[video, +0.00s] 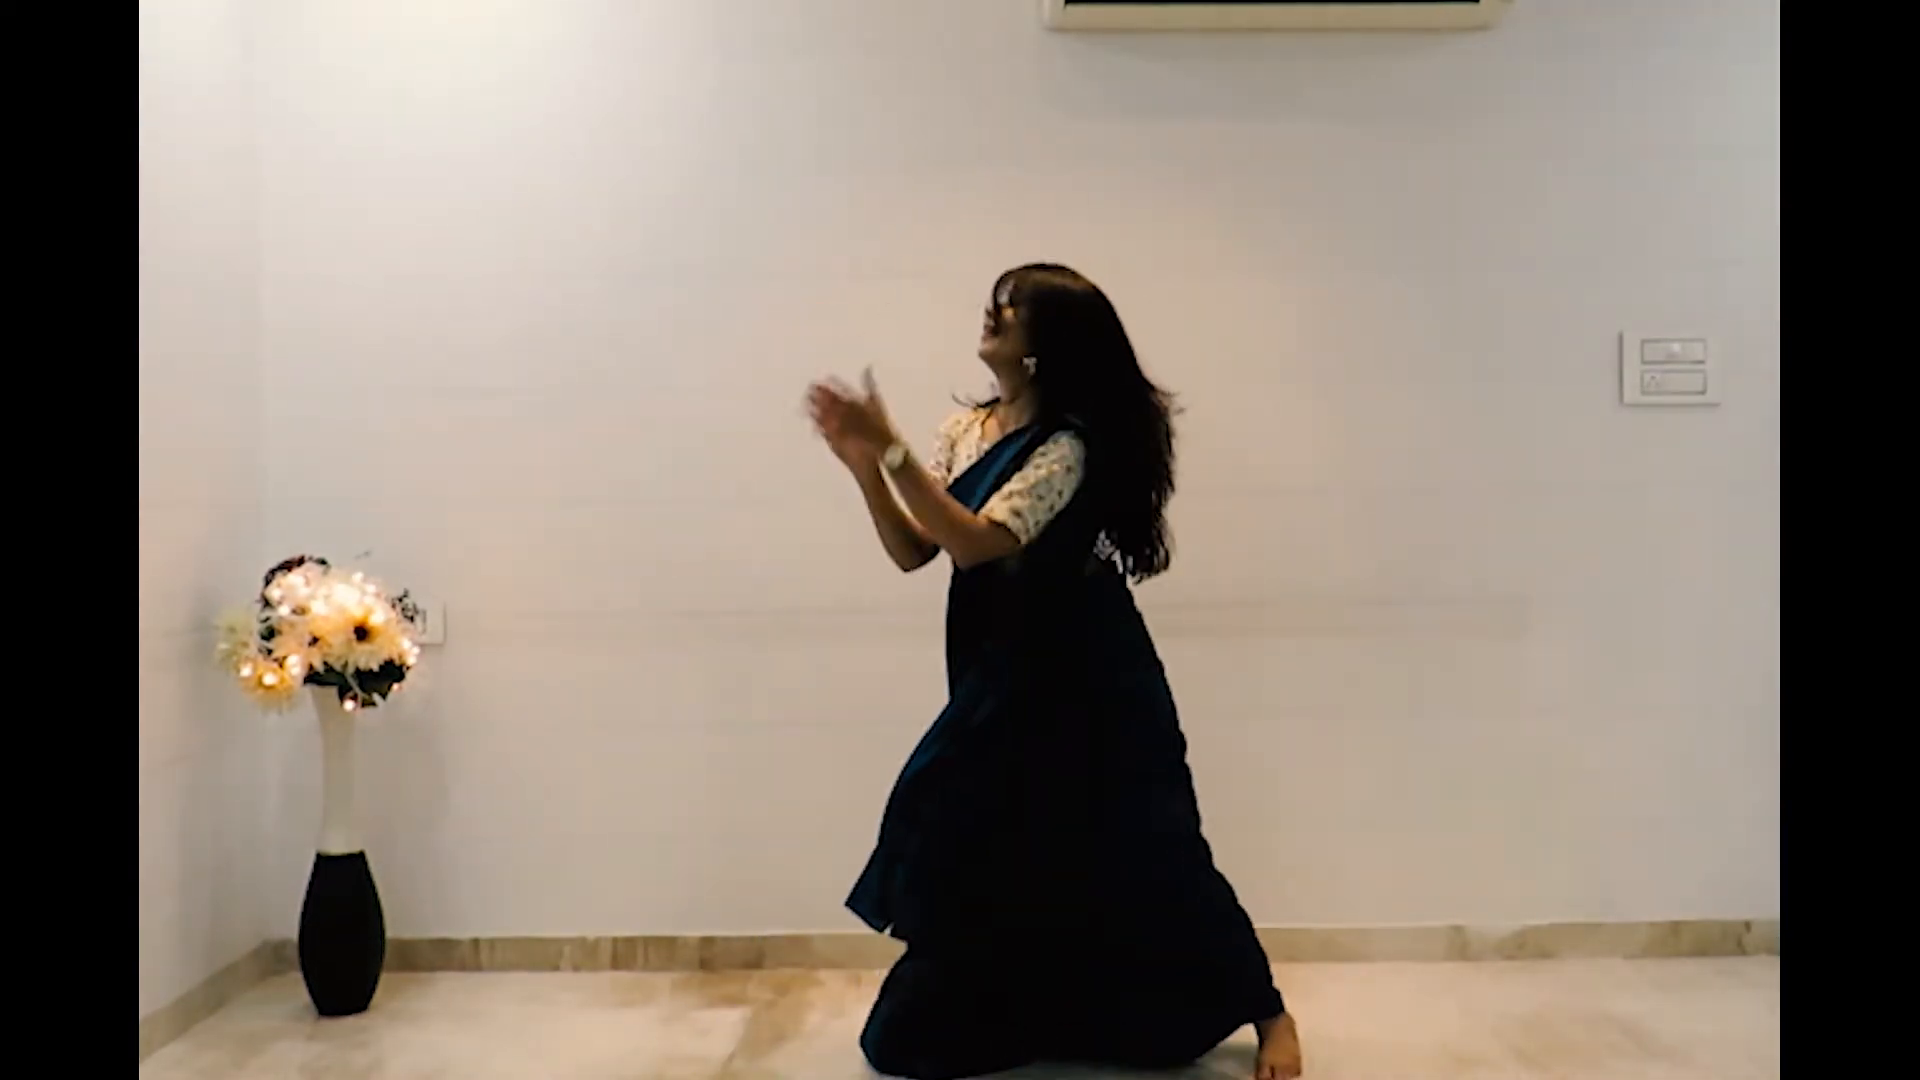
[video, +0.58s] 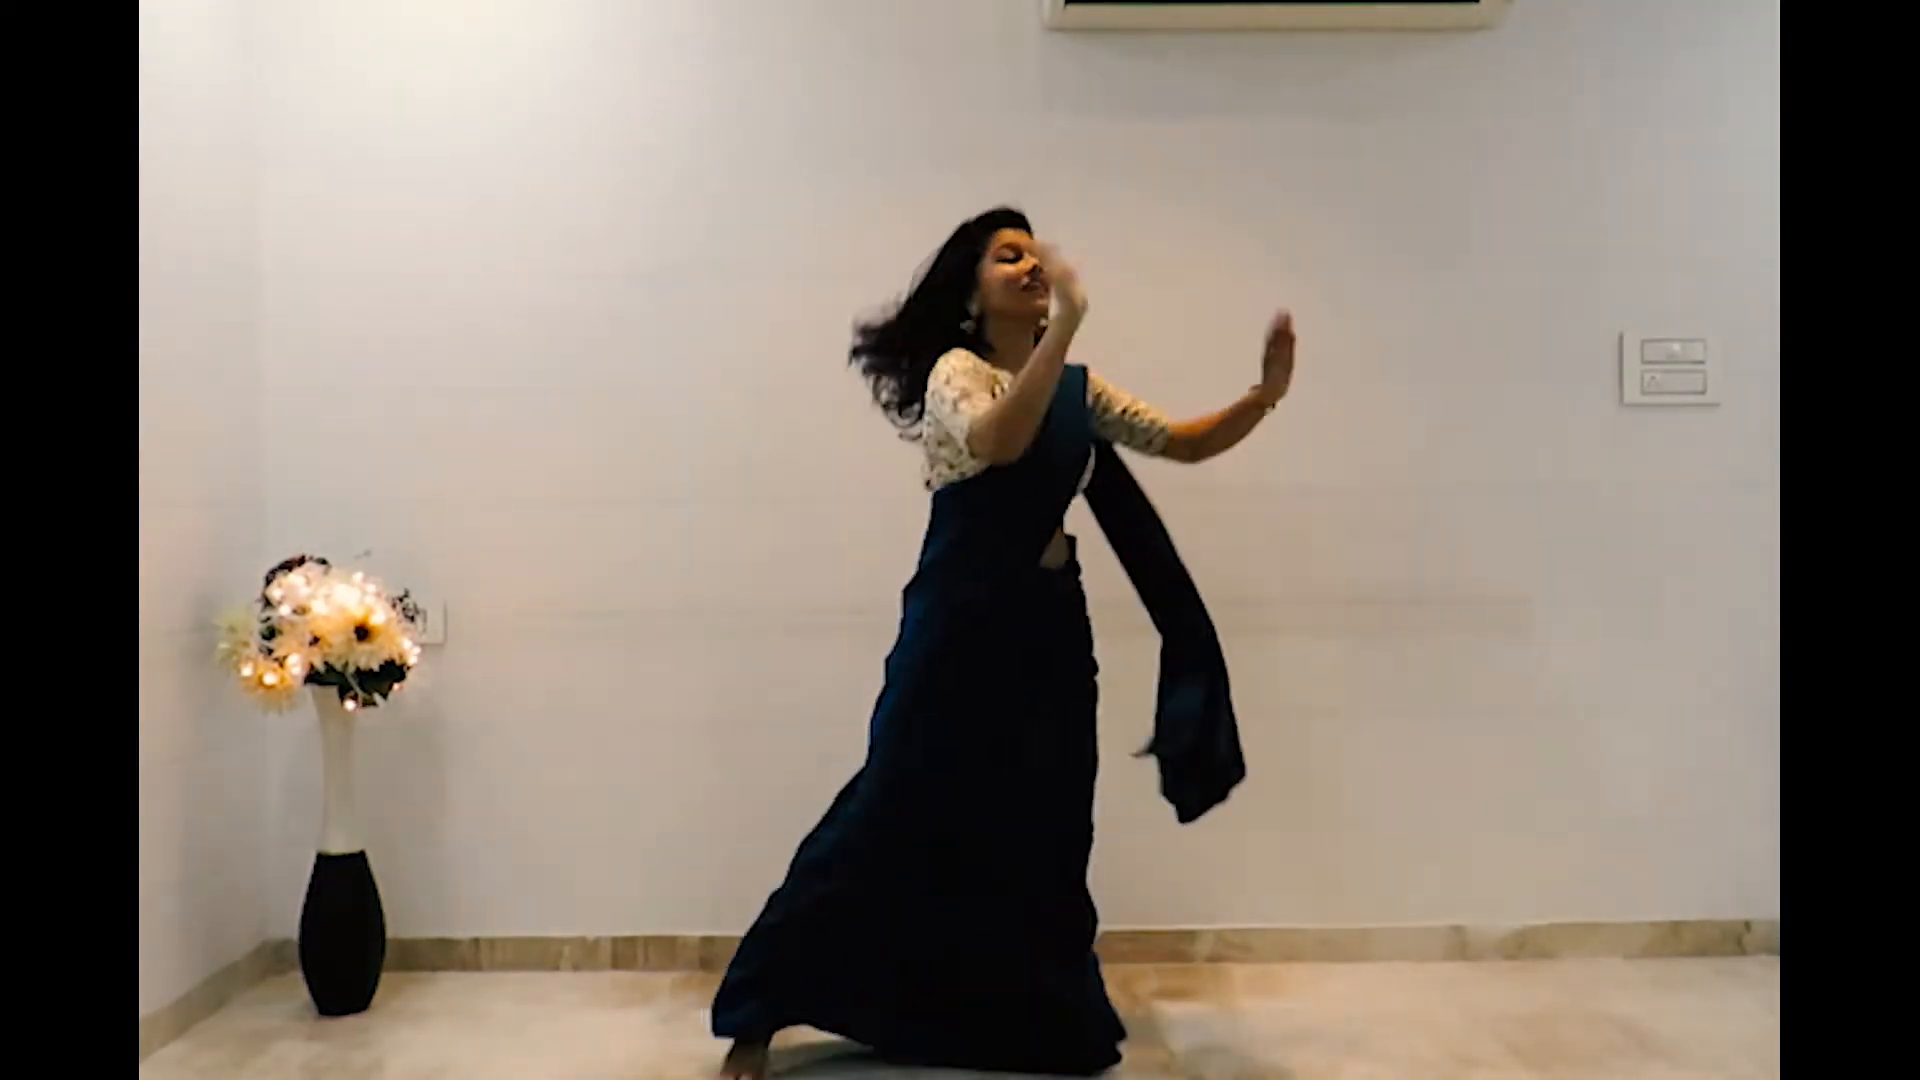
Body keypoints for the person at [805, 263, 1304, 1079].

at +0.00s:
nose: (988, 317)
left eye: (1006, 310)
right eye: (992, 306)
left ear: (1047, 342)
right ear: (1008, 338)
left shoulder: (1068, 446)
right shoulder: (966, 432)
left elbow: (978, 543)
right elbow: (909, 549)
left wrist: (891, 451)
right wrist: (864, 470)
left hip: (1089, 675)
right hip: (1001, 673)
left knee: (1158, 848)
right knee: (961, 829)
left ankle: (1271, 1016)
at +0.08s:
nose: (999, 319)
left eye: (1017, 312)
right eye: (1002, 306)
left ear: (1058, 336)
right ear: (1003, 328)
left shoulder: (1075, 440)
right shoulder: (964, 418)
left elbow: (1032, 560)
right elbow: (875, 529)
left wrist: (930, 494)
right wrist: (896, 490)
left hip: (1086, 677)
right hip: (999, 675)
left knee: (1162, 850)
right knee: (985, 841)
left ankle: (1267, 1016)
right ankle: (994, 1019)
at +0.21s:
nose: (1067, 253)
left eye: (1084, 254)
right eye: (1056, 235)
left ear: (1086, 289)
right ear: (1009, 251)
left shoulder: (1099, 367)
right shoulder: (941, 346)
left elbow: (1188, 463)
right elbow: (810, 398)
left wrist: (1082, 463)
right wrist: (909, 433)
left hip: (1075, 624)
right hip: (974, 625)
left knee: (1135, 817)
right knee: (995, 820)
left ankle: (1205, 1021)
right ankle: (1005, 1023)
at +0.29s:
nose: (1066, 221)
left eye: (1077, 218)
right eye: (1049, 205)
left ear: (1084, 250)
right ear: (998, 224)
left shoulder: (1110, 325)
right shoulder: (949, 315)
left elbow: (1227, 402)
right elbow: (818, 341)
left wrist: (1148, 444)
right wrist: (925, 396)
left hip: (1070, 588)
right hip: (965, 584)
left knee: (1082, 790)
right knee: (950, 791)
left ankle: (1101, 1006)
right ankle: (933, 1004)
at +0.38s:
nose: (1055, 220)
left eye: (1064, 213)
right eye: (1036, 208)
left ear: (1072, 242)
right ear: (988, 234)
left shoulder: (1109, 321)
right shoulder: (957, 318)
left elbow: (1238, 370)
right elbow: (859, 330)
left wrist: (1197, 439)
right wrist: (975, 380)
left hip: (1060, 564)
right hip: (962, 556)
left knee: (1047, 780)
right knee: (912, 763)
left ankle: (1059, 1005)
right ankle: (852, 975)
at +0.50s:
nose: (1039, 246)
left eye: (1046, 238)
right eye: (1017, 238)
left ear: (1059, 267)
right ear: (978, 271)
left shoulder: (1088, 359)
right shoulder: (962, 351)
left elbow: (1188, 379)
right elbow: (932, 369)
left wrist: (1244, 406)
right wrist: (1057, 354)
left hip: (1058, 599)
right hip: (966, 595)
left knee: (1046, 805)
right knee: (876, 794)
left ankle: (1032, 1011)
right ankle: (754, 1010)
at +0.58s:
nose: (1033, 264)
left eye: (1037, 253)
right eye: (1009, 255)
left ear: (1049, 282)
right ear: (969, 290)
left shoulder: (1071, 384)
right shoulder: (958, 374)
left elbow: (1179, 441)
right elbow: (998, 439)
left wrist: (1264, 396)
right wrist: (1062, 330)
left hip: (1046, 621)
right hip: (958, 619)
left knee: (1045, 815)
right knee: (892, 809)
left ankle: (1049, 1017)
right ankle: (756, 1002)